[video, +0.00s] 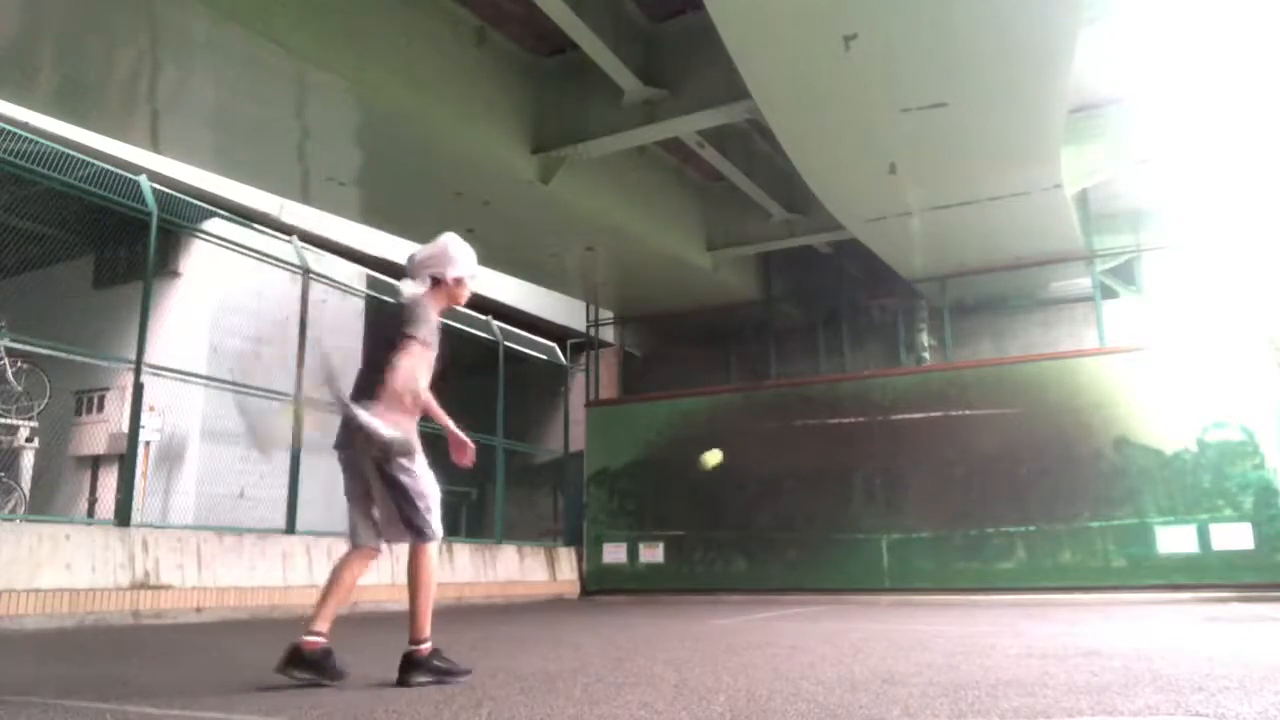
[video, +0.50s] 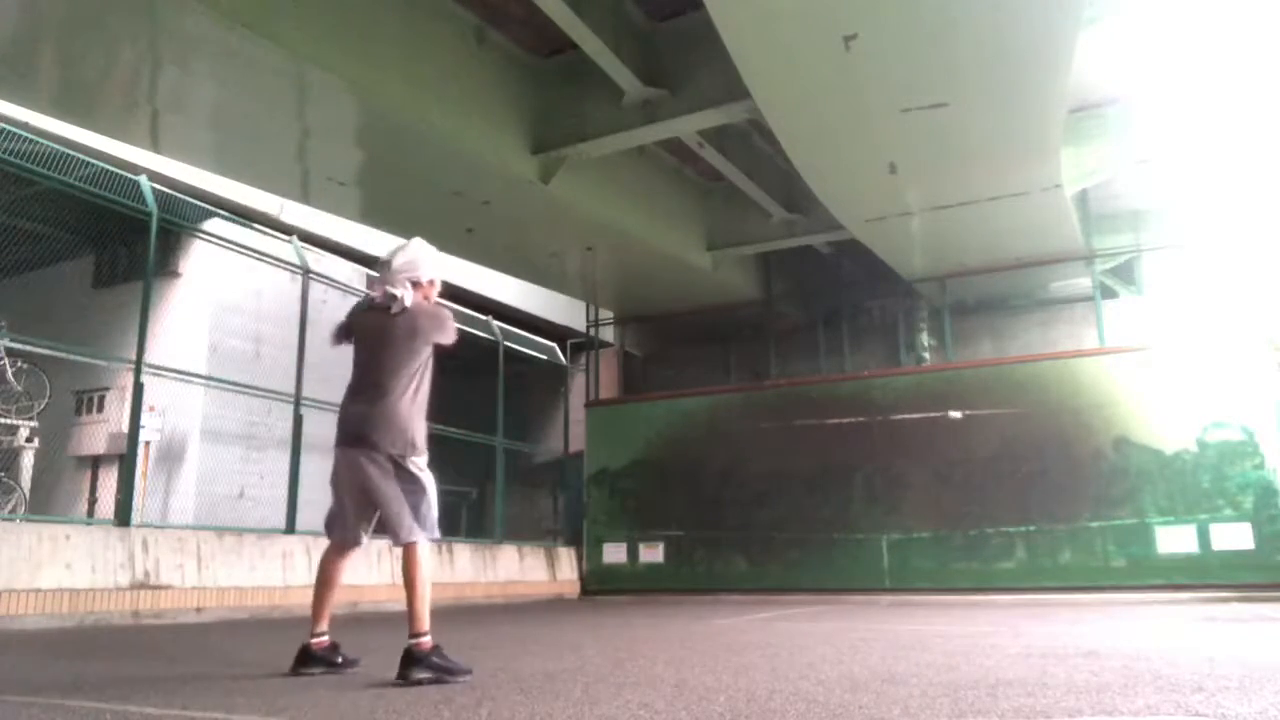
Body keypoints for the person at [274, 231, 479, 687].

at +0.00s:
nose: (469, 290)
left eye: (470, 281)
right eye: (467, 281)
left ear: (434, 278)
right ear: (447, 279)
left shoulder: (405, 313)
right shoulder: (423, 317)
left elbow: (416, 386)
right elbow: (398, 379)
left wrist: (451, 429)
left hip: (357, 435)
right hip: (391, 436)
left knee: (367, 543)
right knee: (426, 536)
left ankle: (311, 643)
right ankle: (421, 652)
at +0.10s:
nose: (470, 294)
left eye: (471, 285)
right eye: (468, 284)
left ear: (429, 278)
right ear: (447, 280)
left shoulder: (386, 311)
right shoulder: (437, 317)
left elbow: (400, 375)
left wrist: (449, 403)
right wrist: (517, 447)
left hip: (352, 433)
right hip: (396, 433)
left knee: (368, 540)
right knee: (422, 537)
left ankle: (339, 646)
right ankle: (420, 652)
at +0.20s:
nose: (465, 293)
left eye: (467, 284)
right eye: (463, 283)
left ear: (424, 277)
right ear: (443, 279)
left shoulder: (382, 312)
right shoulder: (442, 321)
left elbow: (400, 357)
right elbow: (498, 377)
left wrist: (446, 368)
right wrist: (553, 414)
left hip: (354, 436)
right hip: (398, 438)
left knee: (366, 536)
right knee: (422, 540)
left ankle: (344, 642)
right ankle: (421, 652)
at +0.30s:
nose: (460, 289)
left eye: (460, 280)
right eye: (457, 280)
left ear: (416, 277)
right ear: (440, 279)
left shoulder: (379, 311)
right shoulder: (444, 318)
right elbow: (492, 352)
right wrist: (529, 362)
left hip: (359, 438)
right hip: (404, 442)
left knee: (359, 536)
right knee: (424, 540)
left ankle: (328, 636)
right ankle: (421, 652)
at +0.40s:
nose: (447, 290)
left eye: (448, 282)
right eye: (446, 282)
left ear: (406, 276)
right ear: (433, 281)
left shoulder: (373, 310)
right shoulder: (434, 317)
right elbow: (477, 328)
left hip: (359, 440)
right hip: (403, 445)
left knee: (349, 541)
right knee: (422, 541)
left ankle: (317, 640)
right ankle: (421, 651)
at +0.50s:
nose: (437, 293)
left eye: (436, 285)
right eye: (435, 285)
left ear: (395, 280)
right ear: (421, 285)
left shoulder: (364, 316)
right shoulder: (425, 318)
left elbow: (340, 334)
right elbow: (451, 333)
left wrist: (373, 300)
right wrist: (419, 300)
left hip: (351, 442)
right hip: (394, 445)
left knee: (342, 541)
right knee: (415, 540)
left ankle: (316, 643)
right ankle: (421, 649)